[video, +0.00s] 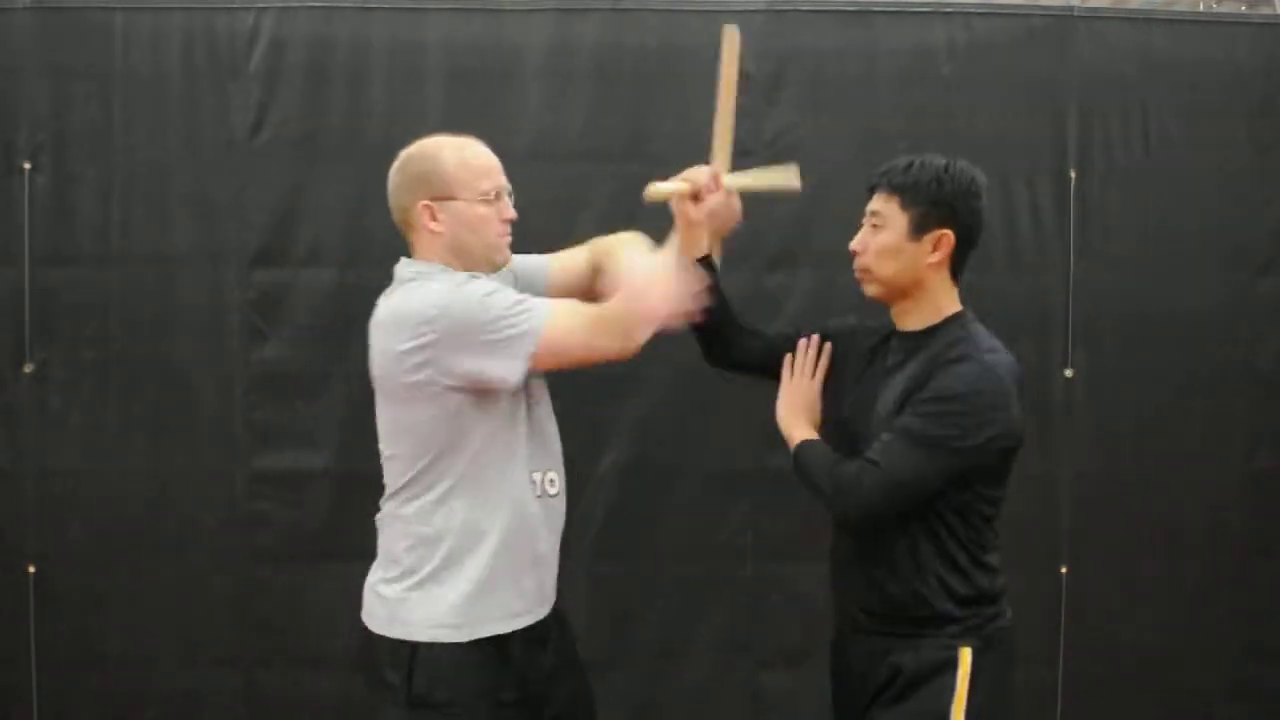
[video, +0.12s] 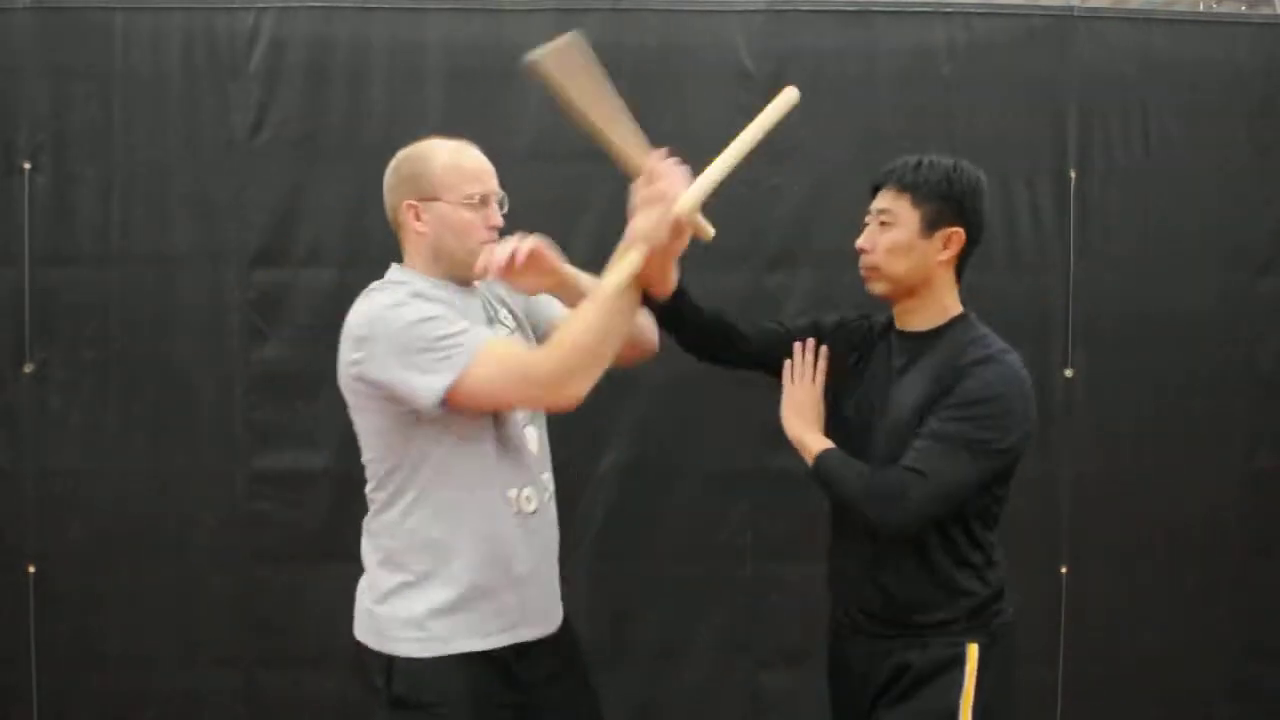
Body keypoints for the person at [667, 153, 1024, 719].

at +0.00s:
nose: (854, 245)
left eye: (875, 227)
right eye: (862, 226)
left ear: (937, 247)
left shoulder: (979, 376)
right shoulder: (861, 352)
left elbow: (860, 497)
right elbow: (729, 348)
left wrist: (799, 432)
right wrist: (694, 239)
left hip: (944, 655)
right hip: (864, 647)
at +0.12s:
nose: (862, 243)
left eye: (884, 224)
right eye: (867, 224)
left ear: (947, 245)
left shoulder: (994, 379)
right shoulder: (857, 344)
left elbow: (899, 503)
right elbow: (734, 345)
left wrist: (811, 439)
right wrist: (662, 288)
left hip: (946, 655)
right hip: (858, 646)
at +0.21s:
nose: (867, 240)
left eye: (891, 223)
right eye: (870, 223)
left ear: (954, 243)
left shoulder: (1000, 378)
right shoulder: (852, 345)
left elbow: (939, 516)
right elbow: (741, 358)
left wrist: (823, 451)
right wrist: (644, 346)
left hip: (947, 653)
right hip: (857, 646)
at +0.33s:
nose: (868, 243)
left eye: (891, 225)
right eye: (870, 226)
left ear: (954, 243)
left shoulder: (1005, 377)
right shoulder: (851, 354)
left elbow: (976, 519)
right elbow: (773, 411)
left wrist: (843, 468)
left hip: (951, 655)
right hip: (856, 646)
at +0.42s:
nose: (862, 244)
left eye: (887, 225)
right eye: (864, 228)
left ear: (948, 244)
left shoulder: (1000, 373)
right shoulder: (843, 371)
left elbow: (974, 496)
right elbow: (759, 475)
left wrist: (846, 458)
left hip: (953, 656)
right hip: (858, 650)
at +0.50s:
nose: (858, 245)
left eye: (881, 227)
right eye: (860, 229)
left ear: (942, 244)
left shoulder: (991, 369)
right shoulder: (855, 371)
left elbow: (929, 438)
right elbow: (782, 483)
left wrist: (825, 420)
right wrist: (756, 598)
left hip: (955, 654)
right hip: (863, 651)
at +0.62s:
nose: (857, 246)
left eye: (879, 227)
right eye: (862, 228)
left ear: (941, 243)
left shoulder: (968, 354)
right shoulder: (879, 361)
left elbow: (832, 332)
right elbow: (805, 469)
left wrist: (702, 308)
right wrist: (768, 540)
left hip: (950, 654)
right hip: (876, 648)